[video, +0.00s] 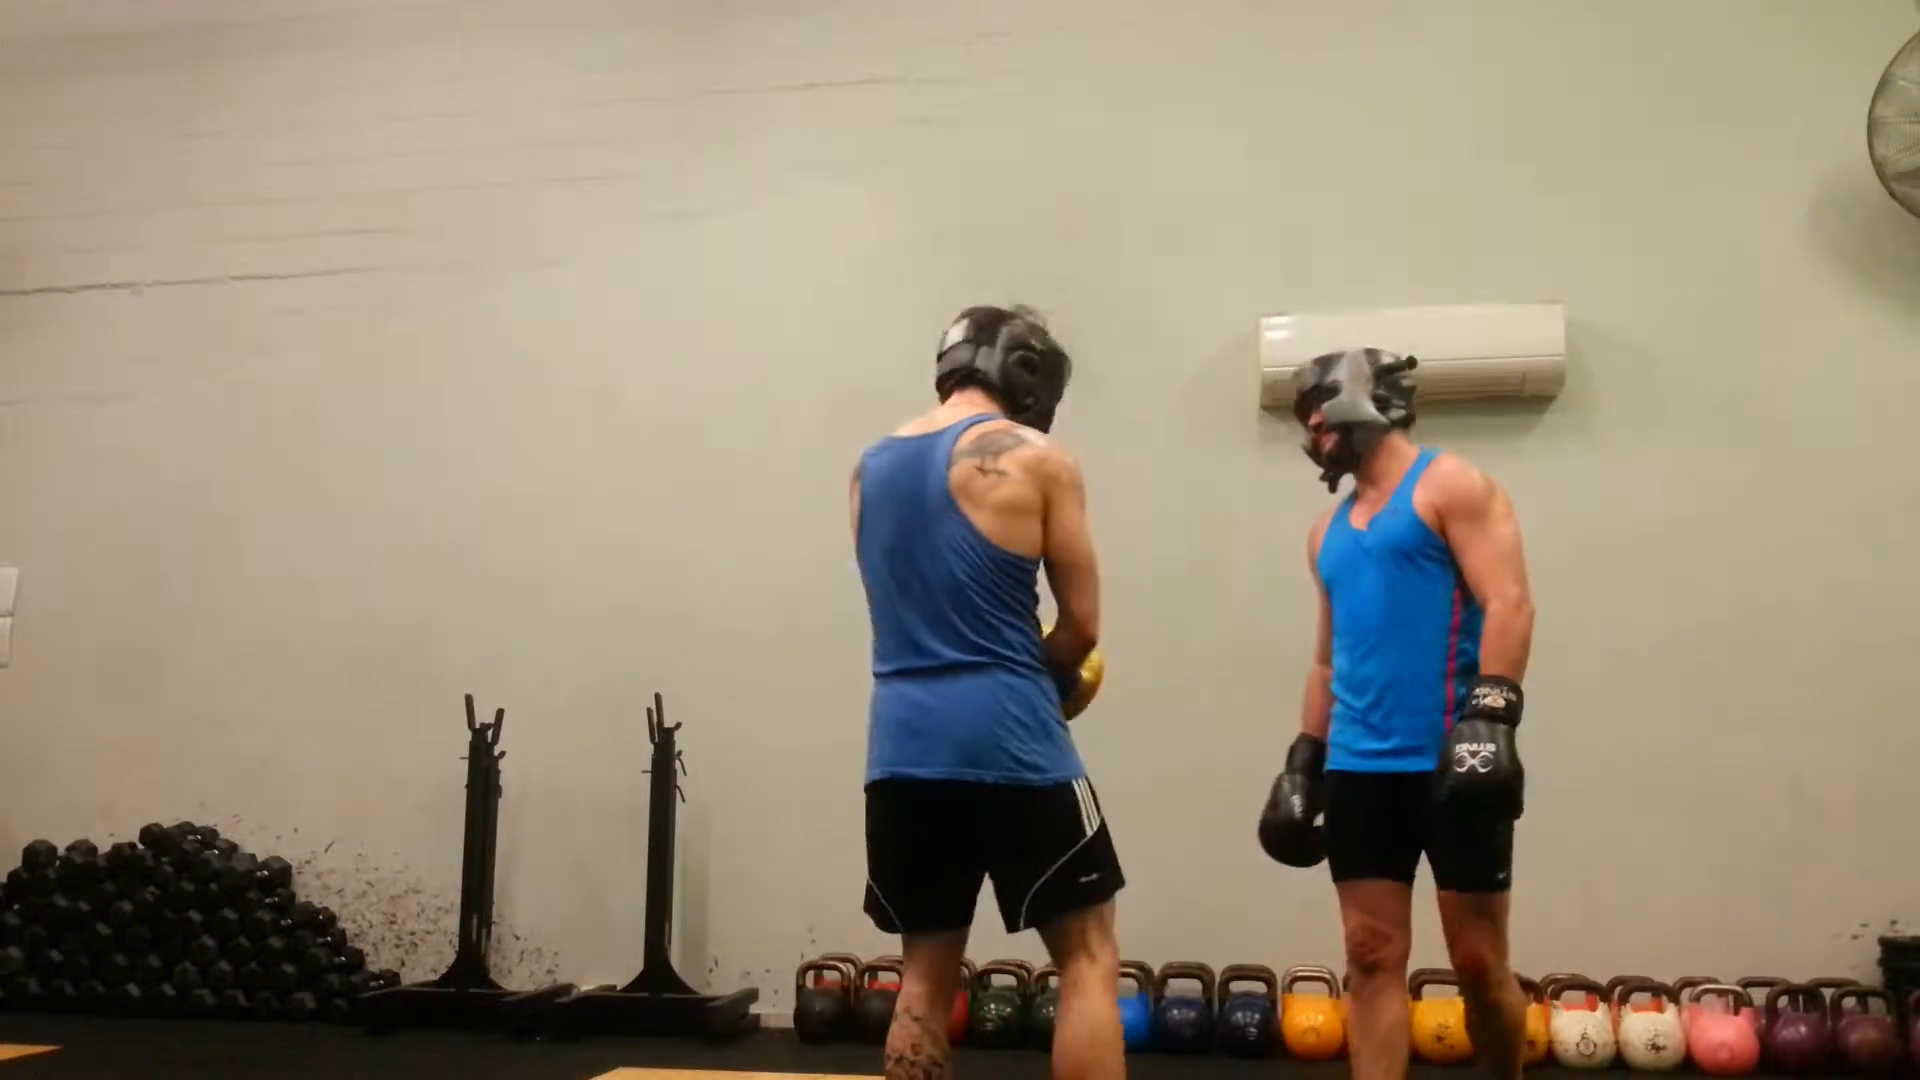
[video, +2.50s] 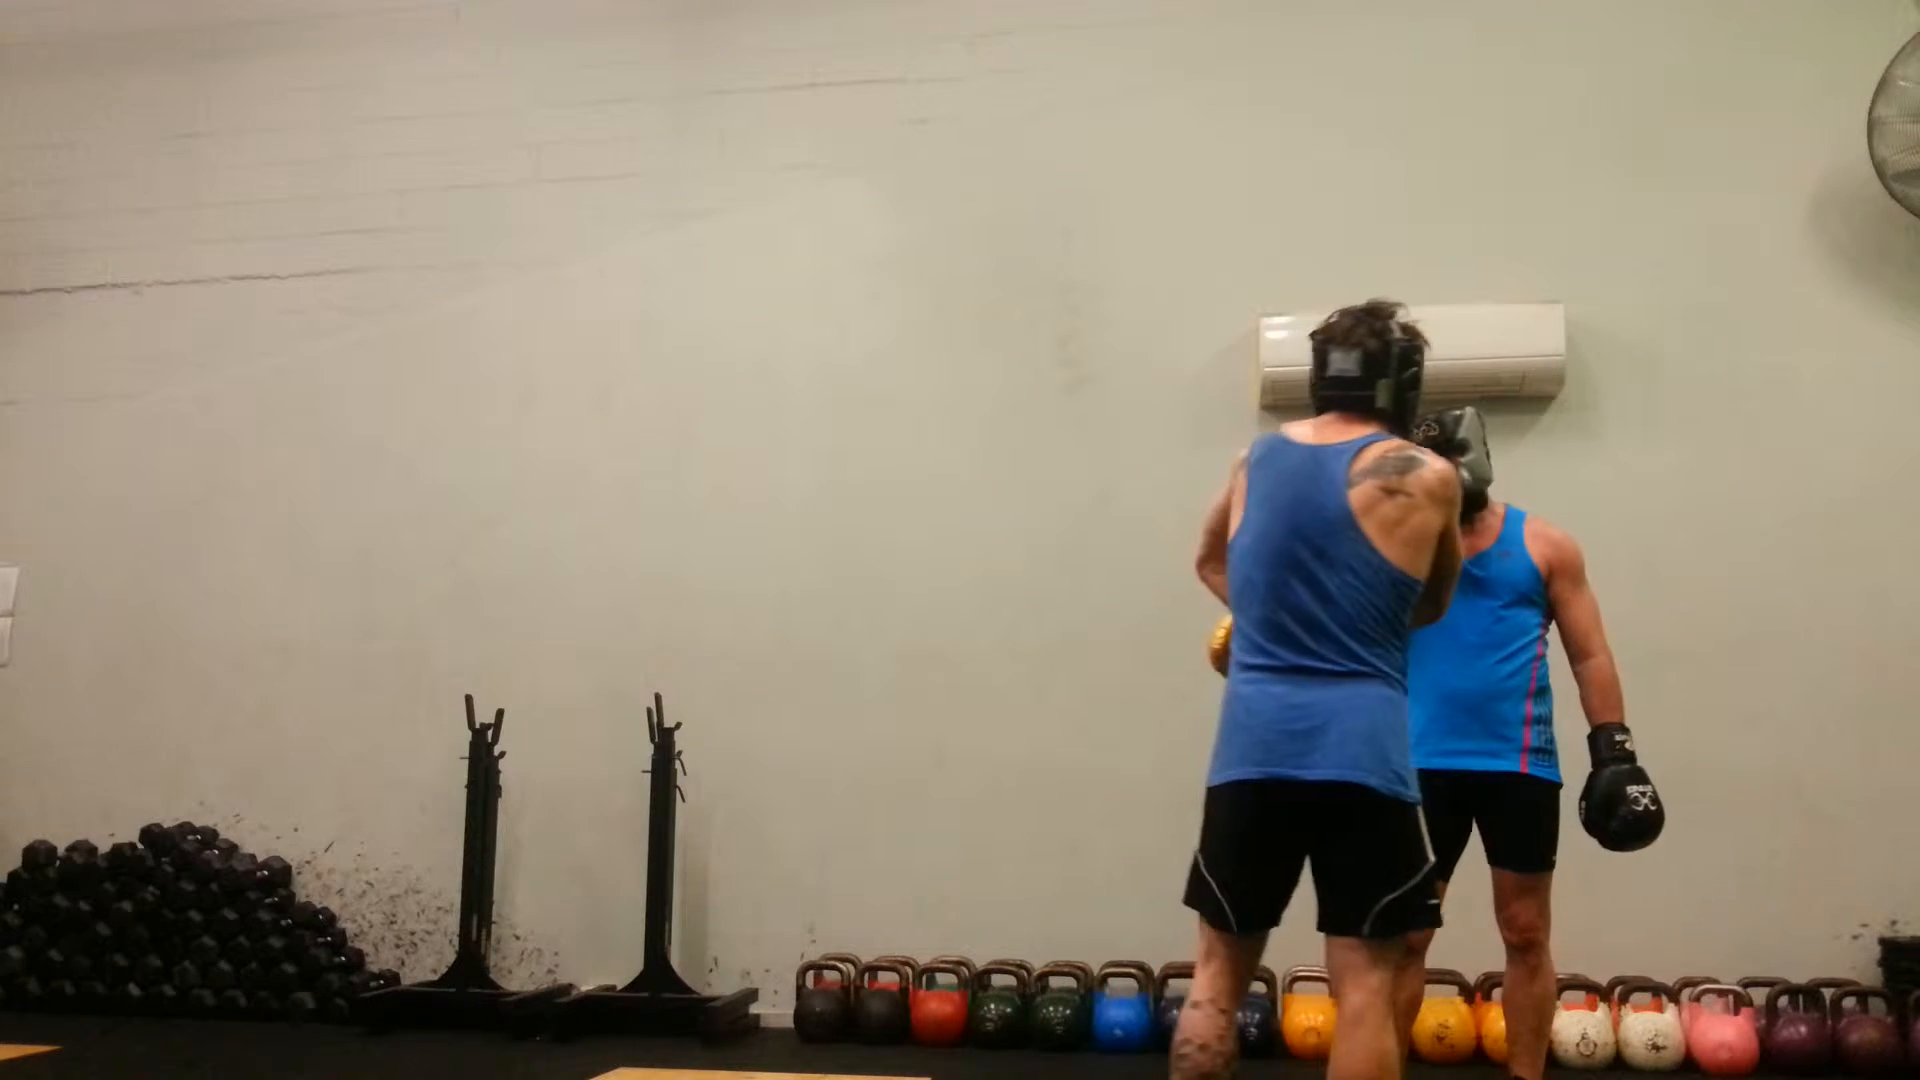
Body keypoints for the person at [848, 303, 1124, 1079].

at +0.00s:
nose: (1046, 405)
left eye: (1047, 392)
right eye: (1044, 389)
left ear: (946, 374)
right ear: (1024, 377)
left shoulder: (871, 465)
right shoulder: (1042, 459)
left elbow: (902, 607)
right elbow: (1080, 624)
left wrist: (1056, 676)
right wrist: (1037, 672)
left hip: (902, 755)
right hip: (1016, 753)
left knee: (925, 971)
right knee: (1087, 961)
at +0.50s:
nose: (1119, 376)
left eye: (1112, 361)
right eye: (1113, 363)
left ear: (1014, 372)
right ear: (1100, 373)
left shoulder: (952, 462)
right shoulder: (1111, 483)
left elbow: (891, 566)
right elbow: (1124, 657)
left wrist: (980, 608)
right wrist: (1161, 743)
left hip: (962, 758)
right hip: (1072, 764)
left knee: (955, 973)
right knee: (1100, 986)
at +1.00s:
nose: (1213, 402)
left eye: (1213, 392)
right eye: (1212, 390)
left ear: (1117, 380)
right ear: (1196, 384)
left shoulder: (1046, 452)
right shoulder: (1213, 485)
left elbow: (971, 536)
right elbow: (1233, 649)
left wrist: (1059, 568)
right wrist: (1216, 727)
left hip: (1050, 751)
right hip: (1153, 758)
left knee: (1054, 946)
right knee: (1142, 979)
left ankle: (1011, 1076)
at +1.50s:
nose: (1227, 437)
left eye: (1229, 425)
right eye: (1226, 422)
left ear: (1138, 398)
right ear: (1205, 404)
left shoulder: (1069, 472)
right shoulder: (1216, 471)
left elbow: (1055, 573)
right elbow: (1253, 622)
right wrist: (1186, 687)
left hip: (1082, 762)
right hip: (1177, 765)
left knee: (1122, 962)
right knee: (1209, 972)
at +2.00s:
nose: (1278, 435)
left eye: (1281, 424)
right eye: (1277, 420)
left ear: (1189, 403)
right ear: (1257, 408)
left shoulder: (1131, 479)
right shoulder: (1264, 476)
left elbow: (1171, 623)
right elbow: (1322, 612)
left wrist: (1254, 664)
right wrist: (1224, 649)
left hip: (1145, 764)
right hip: (1242, 765)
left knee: (1156, 968)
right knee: (1305, 978)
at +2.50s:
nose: (1419, 385)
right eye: (1416, 374)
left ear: (1318, 375)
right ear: (1406, 384)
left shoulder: (1258, 456)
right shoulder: (1430, 476)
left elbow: (1211, 562)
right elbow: (1431, 601)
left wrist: (1285, 621)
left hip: (1251, 758)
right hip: (1364, 762)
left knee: (1216, 975)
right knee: (1363, 985)